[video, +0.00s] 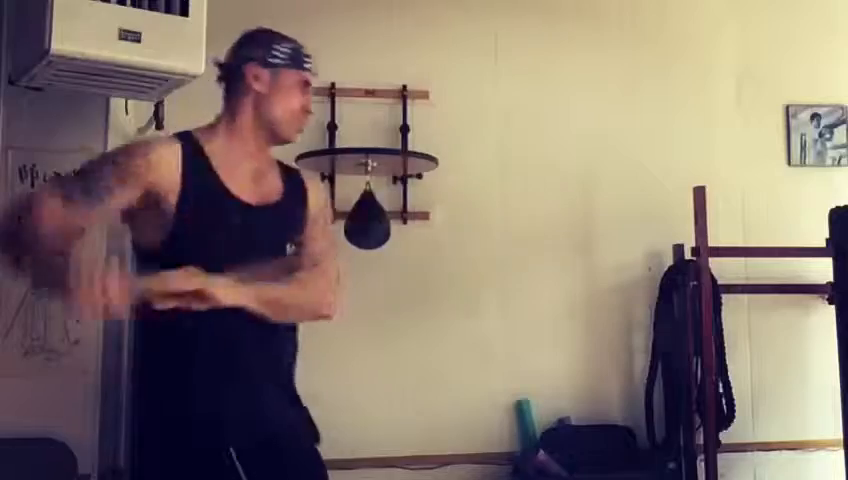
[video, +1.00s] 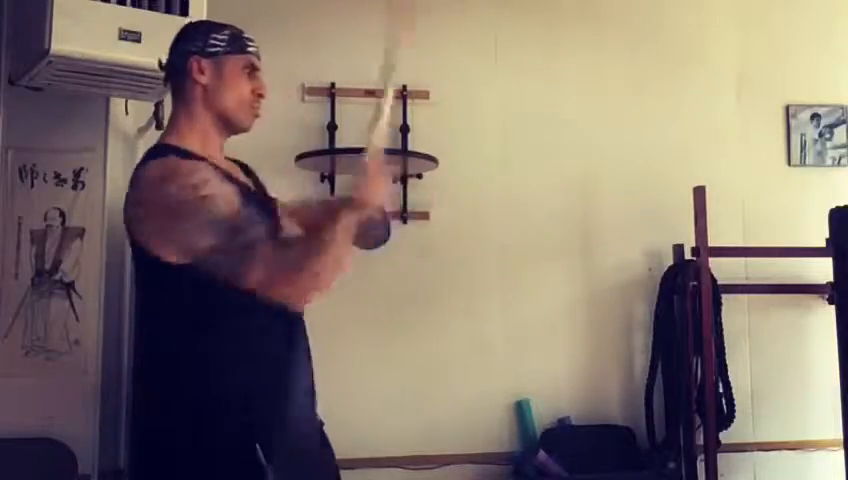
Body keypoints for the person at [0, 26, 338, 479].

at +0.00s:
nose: (310, 105)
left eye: (310, 91)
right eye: (302, 87)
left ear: (261, 82)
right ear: (257, 78)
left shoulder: (307, 190)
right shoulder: (161, 161)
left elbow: (323, 296)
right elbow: (40, 214)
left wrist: (230, 291)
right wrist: (78, 271)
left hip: (273, 423)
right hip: (176, 422)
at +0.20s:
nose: (312, 123)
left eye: (314, 111)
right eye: (308, 106)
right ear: (269, 92)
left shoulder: (269, 188)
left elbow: (322, 286)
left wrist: (270, 252)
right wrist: (309, 161)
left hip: (267, 397)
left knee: (299, 469)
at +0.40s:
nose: (297, 119)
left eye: (299, 107)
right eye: (293, 102)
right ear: (254, 86)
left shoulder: (154, 170)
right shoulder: (261, 136)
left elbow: (208, 295)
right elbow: (396, 173)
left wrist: (302, 272)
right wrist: (381, 232)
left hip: (160, 422)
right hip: (249, 423)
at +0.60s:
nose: (295, 106)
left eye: (296, 91)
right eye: (289, 86)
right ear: (245, 74)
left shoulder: (136, 173)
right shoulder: (271, 150)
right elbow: (376, 221)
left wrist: (289, 244)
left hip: (166, 413)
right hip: (264, 413)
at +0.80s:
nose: (283, 87)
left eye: (280, 72)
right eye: (271, 69)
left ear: (225, 69)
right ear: (224, 66)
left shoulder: (160, 162)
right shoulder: (234, 167)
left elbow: (264, 260)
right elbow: (334, 282)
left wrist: (367, 238)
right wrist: (413, 243)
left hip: (175, 418)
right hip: (254, 425)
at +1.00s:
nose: (261, 91)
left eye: (259, 75)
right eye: (249, 71)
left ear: (203, 75)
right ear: (200, 71)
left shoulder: (233, 173)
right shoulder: (172, 181)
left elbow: (288, 219)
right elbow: (294, 282)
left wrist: (361, 211)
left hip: (272, 435)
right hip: (213, 445)